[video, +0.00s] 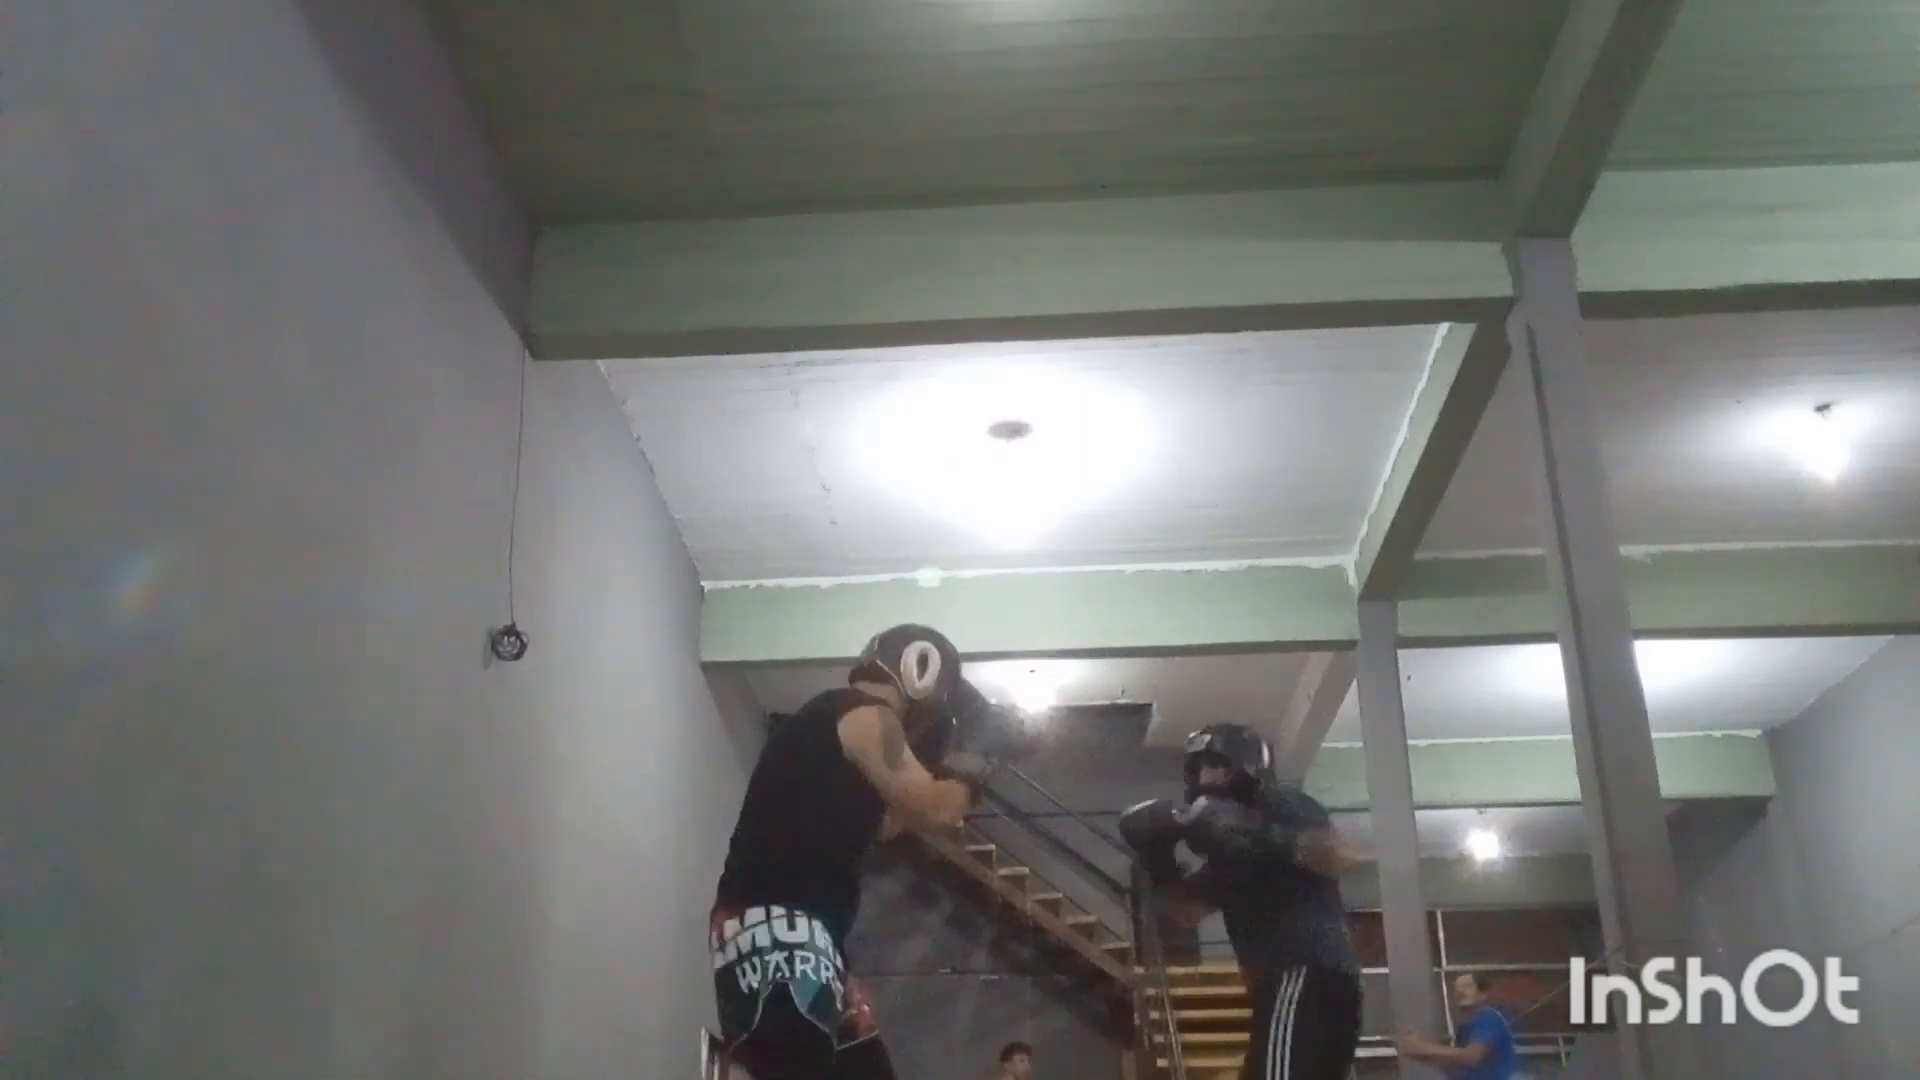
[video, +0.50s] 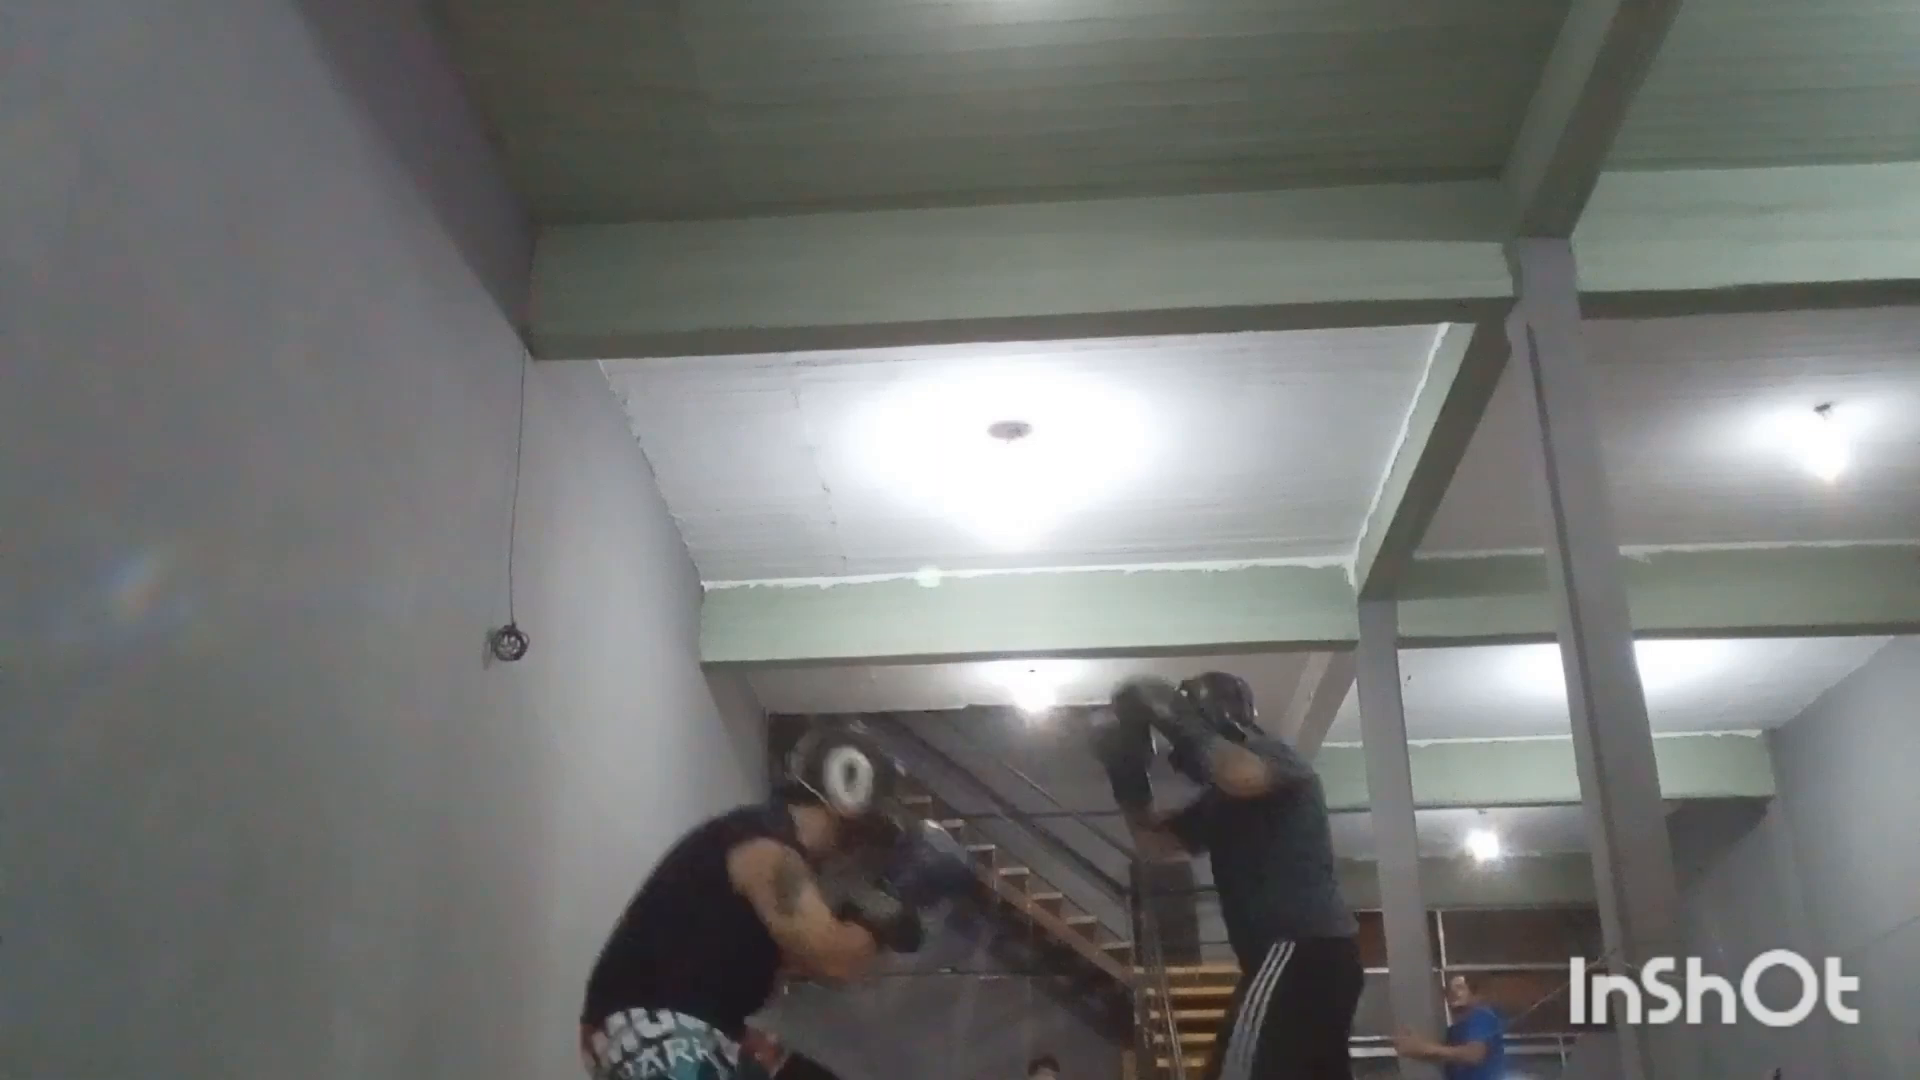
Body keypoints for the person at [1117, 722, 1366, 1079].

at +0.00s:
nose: (1202, 780)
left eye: (1213, 767)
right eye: (1197, 769)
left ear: (1243, 769)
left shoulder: (1287, 804)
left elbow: (1322, 853)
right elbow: (1184, 907)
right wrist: (1155, 846)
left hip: (1311, 973)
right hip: (1279, 978)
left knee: (1278, 1070)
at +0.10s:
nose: (1182, 782)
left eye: (1191, 768)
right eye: (1180, 771)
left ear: (1220, 769)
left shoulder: (1267, 799)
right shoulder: (1223, 845)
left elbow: (1301, 848)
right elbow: (1186, 927)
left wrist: (1215, 808)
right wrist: (1147, 861)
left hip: (1306, 979)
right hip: (1273, 986)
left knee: (1263, 1072)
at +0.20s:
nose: (1176, 755)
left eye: (1183, 742)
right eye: (1173, 746)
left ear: (1215, 744)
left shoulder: (1257, 786)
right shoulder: (1219, 825)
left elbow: (1233, 820)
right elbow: (1183, 915)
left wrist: (1161, 766)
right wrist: (1141, 862)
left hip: (1299, 966)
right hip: (1267, 974)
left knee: (1248, 1072)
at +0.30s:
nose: (1175, 743)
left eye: (1183, 730)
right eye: (1175, 732)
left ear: (1208, 732)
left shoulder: (1254, 773)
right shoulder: (1223, 796)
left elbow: (1207, 805)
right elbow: (1176, 879)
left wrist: (1158, 744)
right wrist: (1132, 829)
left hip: (1299, 958)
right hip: (1270, 962)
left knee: (1246, 1072)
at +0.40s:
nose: (1176, 719)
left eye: (1183, 708)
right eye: (1177, 710)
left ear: (1208, 709)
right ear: (1226, 711)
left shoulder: (1263, 752)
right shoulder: (1221, 787)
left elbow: (1207, 765)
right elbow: (1145, 834)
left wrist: (1163, 710)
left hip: (1298, 949)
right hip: (1273, 953)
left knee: (1244, 1073)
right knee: (1288, 1073)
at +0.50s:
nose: (1179, 729)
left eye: (1187, 718)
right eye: (1180, 721)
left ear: (1211, 716)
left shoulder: (1277, 756)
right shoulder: (1227, 796)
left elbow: (1242, 777)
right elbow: (1154, 842)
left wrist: (1178, 718)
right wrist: (1126, 766)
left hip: (1305, 951)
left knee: (1241, 1069)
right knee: (1321, 1073)